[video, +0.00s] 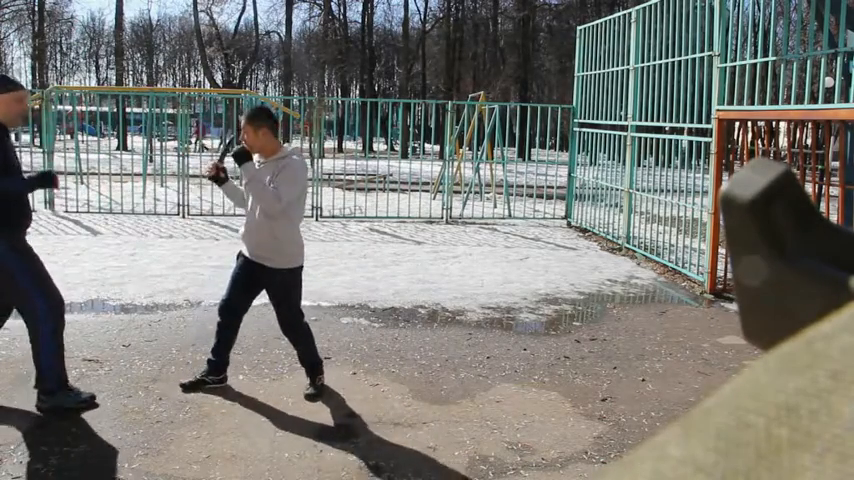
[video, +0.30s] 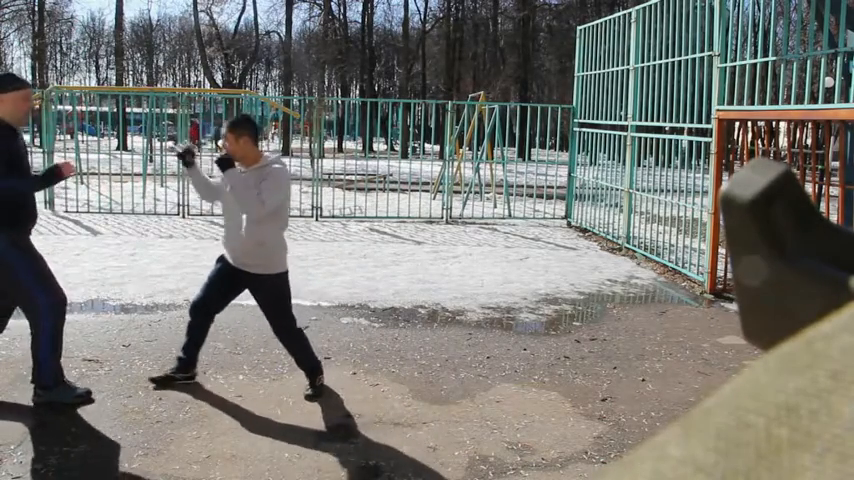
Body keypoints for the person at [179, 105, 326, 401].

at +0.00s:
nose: (244, 141)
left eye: (247, 135)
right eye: (243, 136)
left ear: (266, 133)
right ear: (260, 135)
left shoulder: (295, 165)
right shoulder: (258, 164)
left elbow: (273, 206)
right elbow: (249, 204)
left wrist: (246, 166)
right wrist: (223, 182)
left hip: (283, 262)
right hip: (252, 258)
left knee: (292, 323)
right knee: (228, 313)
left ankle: (316, 375)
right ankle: (215, 373)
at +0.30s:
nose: (226, 148)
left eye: (230, 143)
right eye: (226, 143)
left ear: (247, 141)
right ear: (238, 143)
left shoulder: (277, 173)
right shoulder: (234, 172)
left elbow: (256, 209)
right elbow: (210, 193)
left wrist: (229, 171)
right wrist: (192, 167)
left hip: (268, 268)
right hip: (233, 263)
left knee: (285, 329)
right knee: (201, 309)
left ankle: (315, 374)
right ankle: (185, 368)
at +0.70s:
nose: (169, 132)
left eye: (173, 126)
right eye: (169, 127)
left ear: (191, 127)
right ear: (186, 128)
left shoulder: (224, 154)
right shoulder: (180, 148)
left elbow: (217, 196)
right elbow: (148, 115)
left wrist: (182, 160)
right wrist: (119, 83)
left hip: (230, 250)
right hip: (198, 246)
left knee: (255, 310)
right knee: (177, 306)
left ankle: (294, 364)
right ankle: (173, 368)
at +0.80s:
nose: (180, 131)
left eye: (183, 126)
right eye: (179, 126)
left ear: (200, 127)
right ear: (193, 128)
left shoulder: (232, 157)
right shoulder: (188, 147)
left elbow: (220, 197)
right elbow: (154, 115)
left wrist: (188, 161)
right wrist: (125, 83)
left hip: (232, 250)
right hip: (200, 246)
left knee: (253, 312)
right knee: (178, 306)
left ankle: (294, 365)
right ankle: (173, 368)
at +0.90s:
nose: (194, 134)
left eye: (200, 128)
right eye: (194, 128)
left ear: (217, 129)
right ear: (205, 130)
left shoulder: (245, 162)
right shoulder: (197, 150)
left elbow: (232, 204)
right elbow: (163, 118)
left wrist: (205, 166)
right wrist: (132, 84)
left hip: (240, 256)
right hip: (207, 250)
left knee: (263, 317)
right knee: (181, 308)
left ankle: (303, 366)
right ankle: (173, 367)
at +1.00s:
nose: (208, 135)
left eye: (213, 130)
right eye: (209, 130)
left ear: (231, 134)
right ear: (223, 133)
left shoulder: (259, 166)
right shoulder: (209, 152)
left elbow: (246, 208)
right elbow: (173, 124)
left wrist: (219, 169)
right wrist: (139, 92)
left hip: (255, 258)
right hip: (221, 253)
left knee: (276, 320)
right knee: (197, 311)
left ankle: (308, 371)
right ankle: (175, 368)